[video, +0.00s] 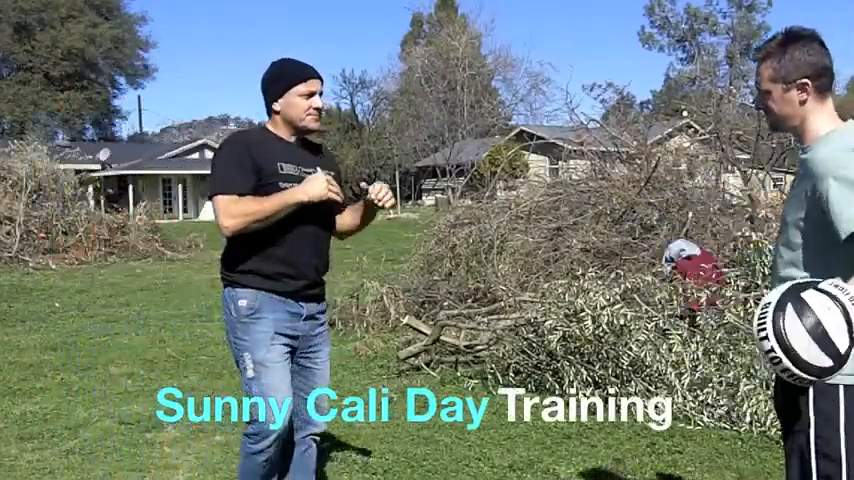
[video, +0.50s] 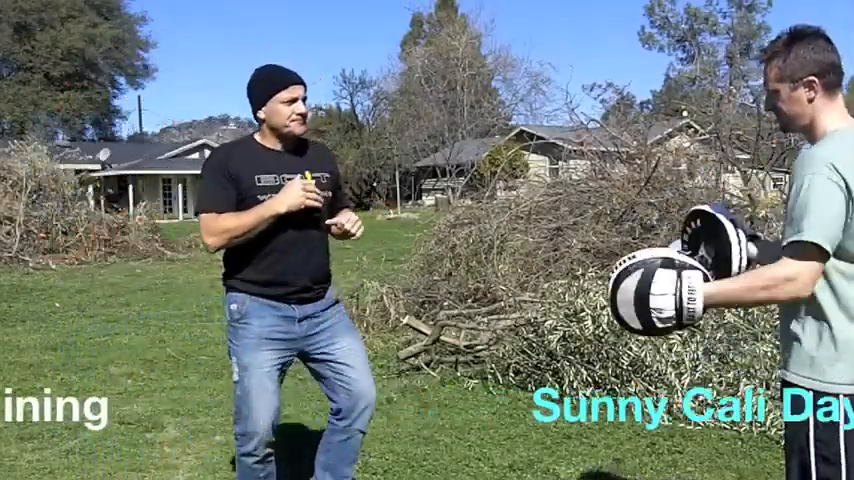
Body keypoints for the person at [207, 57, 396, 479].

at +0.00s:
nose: (318, 104)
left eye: (319, 95)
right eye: (307, 96)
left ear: (319, 99)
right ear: (277, 101)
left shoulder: (320, 158)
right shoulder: (241, 146)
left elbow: (341, 225)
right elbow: (229, 218)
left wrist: (369, 204)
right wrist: (299, 194)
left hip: (311, 306)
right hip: (257, 303)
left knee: (310, 423)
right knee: (272, 421)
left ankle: (300, 478)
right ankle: (254, 476)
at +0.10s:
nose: (313, 103)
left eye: (315, 95)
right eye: (302, 96)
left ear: (316, 98)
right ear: (272, 102)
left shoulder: (323, 157)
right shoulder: (237, 148)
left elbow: (342, 227)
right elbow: (226, 220)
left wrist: (366, 203)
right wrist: (294, 190)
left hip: (315, 309)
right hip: (257, 308)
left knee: (312, 426)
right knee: (266, 427)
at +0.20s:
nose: (310, 104)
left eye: (312, 95)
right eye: (299, 97)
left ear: (314, 98)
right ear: (269, 102)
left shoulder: (322, 157)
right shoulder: (235, 149)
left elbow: (342, 228)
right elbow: (223, 221)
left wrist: (364, 205)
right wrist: (291, 190)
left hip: (316, 309)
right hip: (257, 308)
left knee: (315, 427)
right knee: (262, 433)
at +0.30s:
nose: (306, 105)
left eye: (308, 97)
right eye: (294, 98)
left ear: (310, 99)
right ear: (265, 105)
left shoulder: (320, 157)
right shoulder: (230, 154)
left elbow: (340, 228)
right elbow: (217, 227)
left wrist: (356, 215)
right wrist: (284, 195)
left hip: (318, 309)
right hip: (256, 310)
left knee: (326, 425)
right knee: (258, 432)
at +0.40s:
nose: (304, 106)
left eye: (306, 97)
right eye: (293, 99)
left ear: (308, 100)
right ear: (263, 106)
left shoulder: (320, 157)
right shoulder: (228, 156)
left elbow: (335, 225)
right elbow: (215, 229)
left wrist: (351, 220)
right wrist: (281, 197)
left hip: (319, 308)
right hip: (255, 310)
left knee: (336, 416)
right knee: (259, 427)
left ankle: (315, 477)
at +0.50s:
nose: (301, 109)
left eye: (303, 100)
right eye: (289, 102)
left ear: (306, 102)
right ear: (261, 109)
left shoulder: (319, 156)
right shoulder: (226, 160)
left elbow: (335, 214)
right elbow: (212, 235)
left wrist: (343, 222)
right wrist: (277, 204)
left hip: (322, 307)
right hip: (257, 311)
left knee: (358, 398)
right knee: (257, 430)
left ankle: (330, 476)